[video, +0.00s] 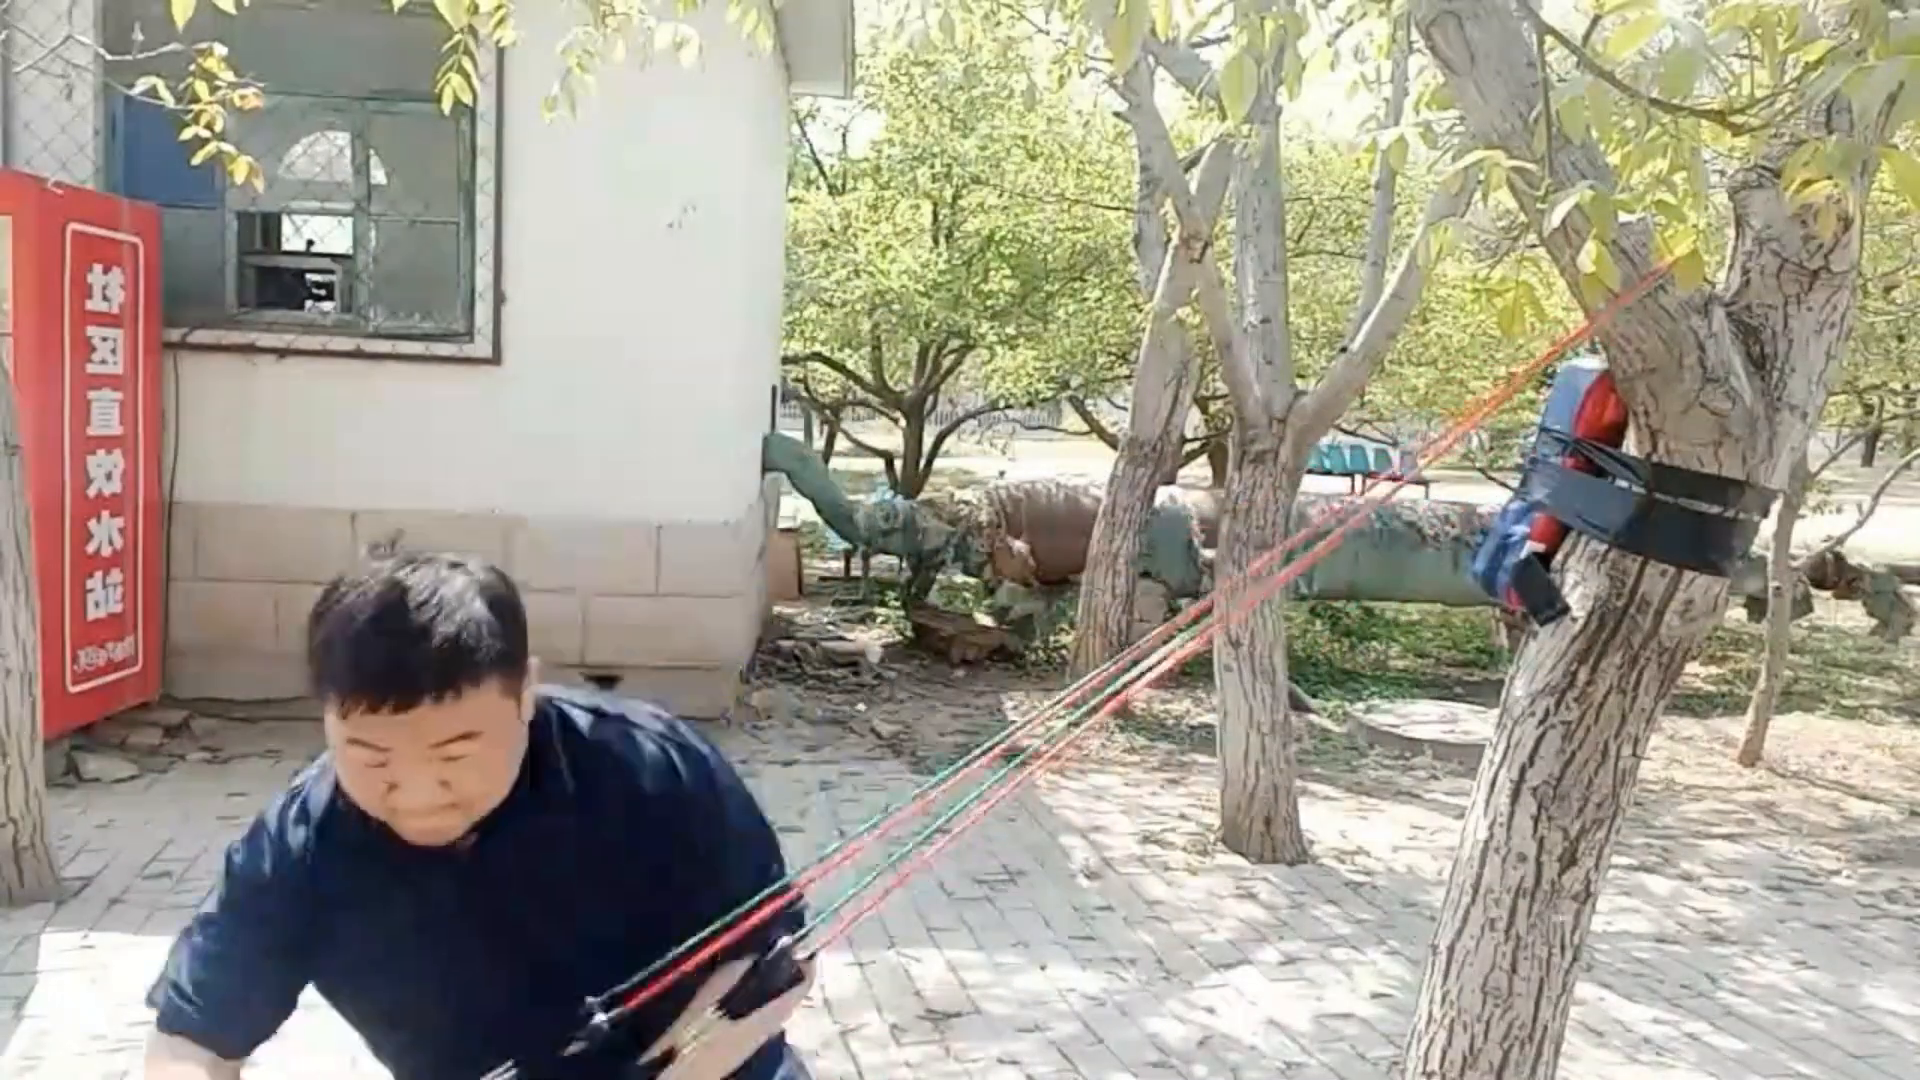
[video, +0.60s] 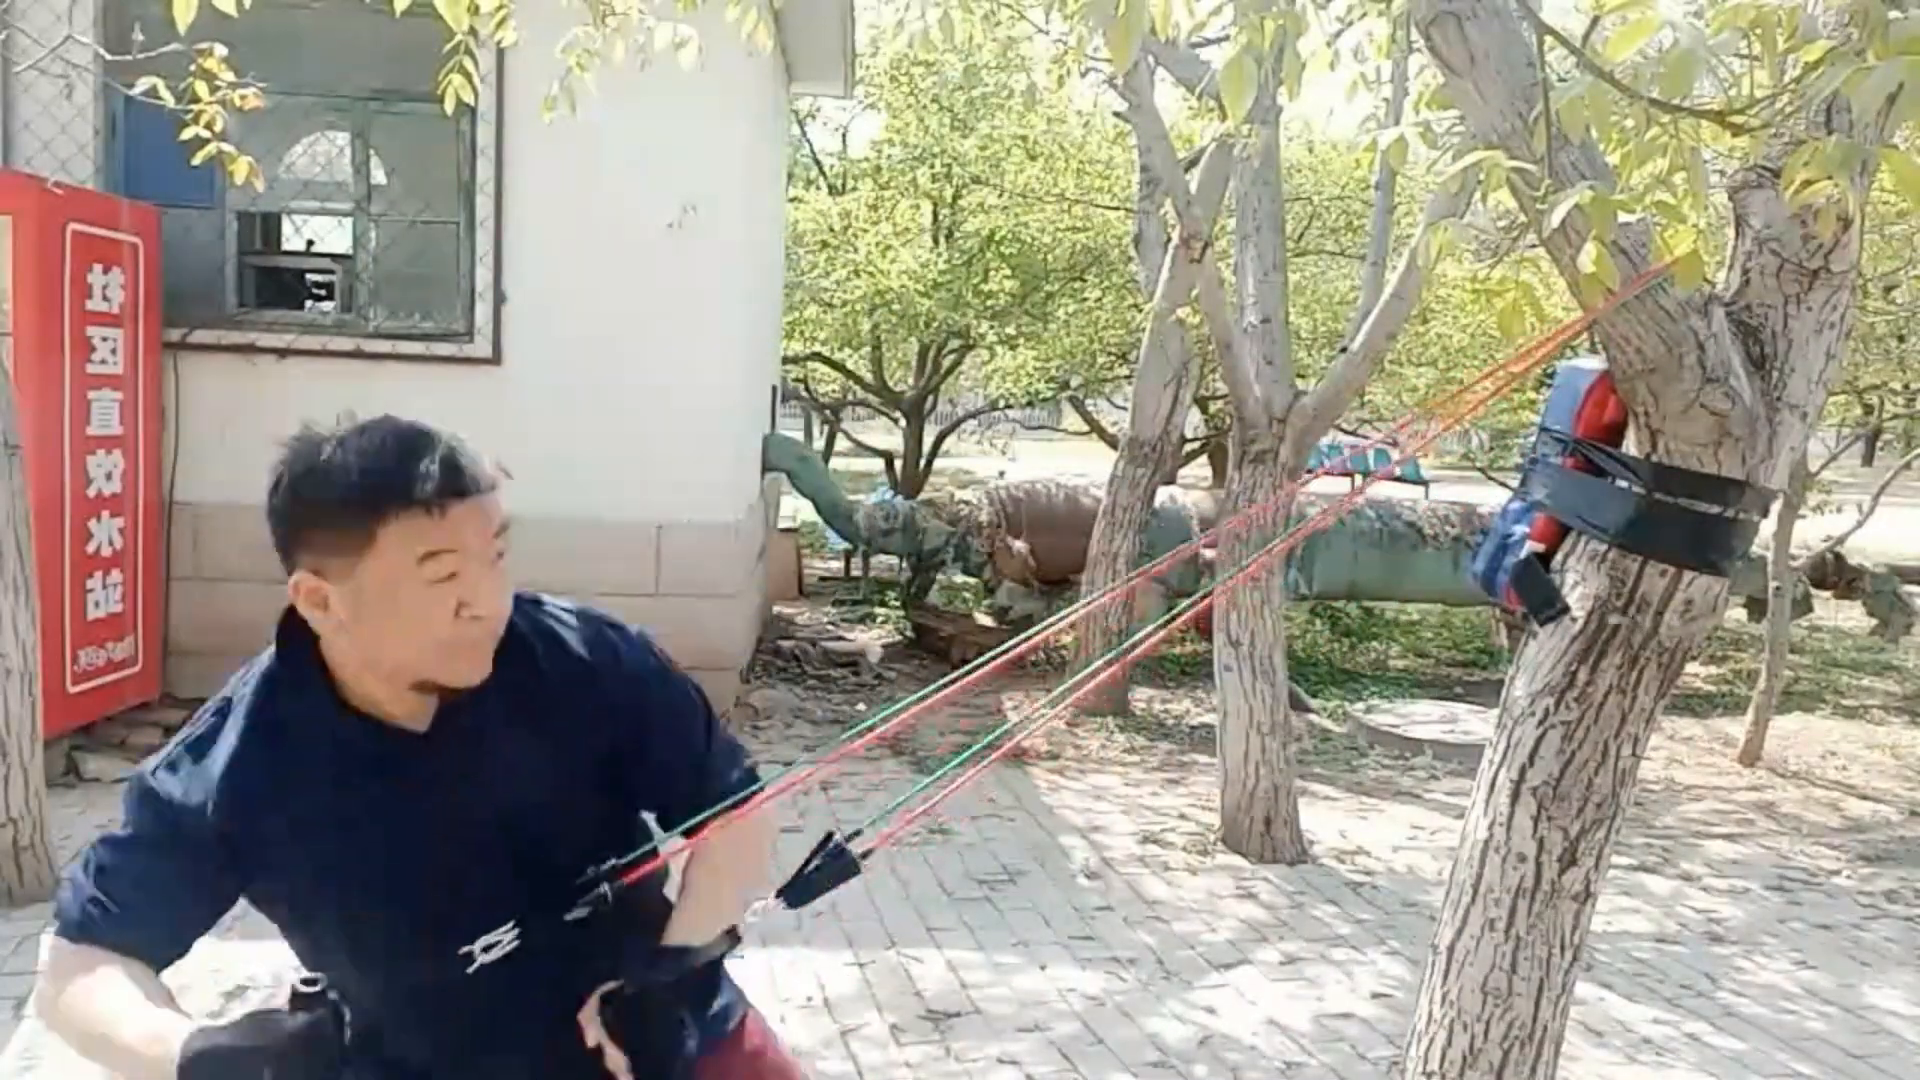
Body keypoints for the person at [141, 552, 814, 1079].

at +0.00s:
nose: (414, 793)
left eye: (455, 754)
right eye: (371, 757)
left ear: (526, 695)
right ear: (327, 720)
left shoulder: (660, 777)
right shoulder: (295, 854)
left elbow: (766, 983)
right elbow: (190, 1044)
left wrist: (666, 1068)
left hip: (693, 1052)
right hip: (470, 1064)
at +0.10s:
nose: (326, 918)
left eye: (367, 878)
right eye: (280, 881)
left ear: (437, 803)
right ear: (234, 845)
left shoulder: (579, 874)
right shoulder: (232, 913)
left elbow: (706, 1062)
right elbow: (168, 1038)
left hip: (601, 1053)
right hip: (413, 1062)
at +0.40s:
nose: (401, 873)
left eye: (431, 823)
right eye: (347, 849)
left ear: (466, 775)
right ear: (276, 823)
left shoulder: (603, 850)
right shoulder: (254, 929)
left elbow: (721, 1045)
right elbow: (141, 1061)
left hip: (637, 1047)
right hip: (437, 1060)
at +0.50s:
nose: (464, 700)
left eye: (476, 653)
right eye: (412, 673)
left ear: (492, 629)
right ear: (297, 693)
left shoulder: (582, 726)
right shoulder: (242, 822)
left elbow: (727, 869)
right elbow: (96, 1010)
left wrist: (650, 1009)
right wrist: (178, 1076)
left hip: (660, 1043)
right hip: (417, 1064)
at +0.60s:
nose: (485, 597)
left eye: (494, 554)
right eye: (437, 570)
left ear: (506, 540)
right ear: (321, 597)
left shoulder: (579, 662)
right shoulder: (241, 758)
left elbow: (733, 804)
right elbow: (77, 969)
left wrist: (671, 963)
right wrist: (185, 1049)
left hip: (673, 1035)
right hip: (430, 1061)